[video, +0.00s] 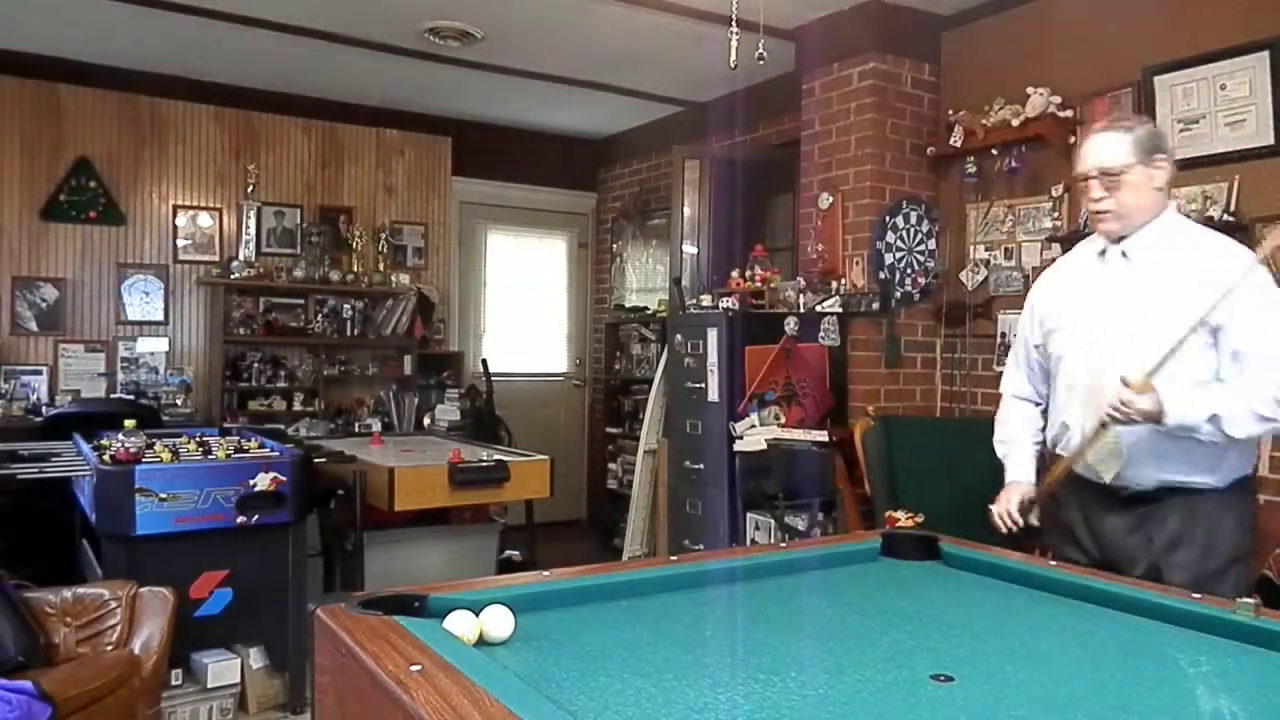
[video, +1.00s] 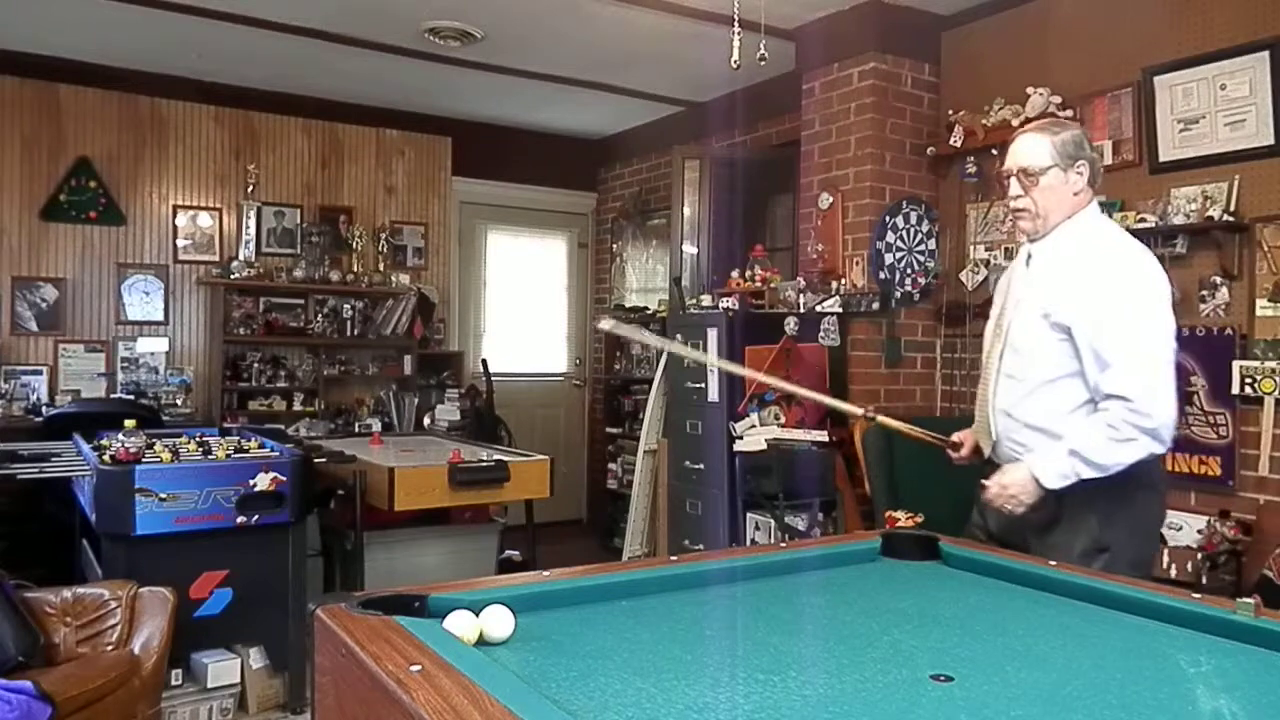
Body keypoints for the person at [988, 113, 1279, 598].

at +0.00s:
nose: (1094, 195)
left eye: (1111, 178)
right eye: (1084, 182)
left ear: (1159, 173)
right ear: (1074, 188)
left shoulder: (1228, 269)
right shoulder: (1057, 281)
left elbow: (1267, 400)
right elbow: (1021, 392)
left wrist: (1168, 407)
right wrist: (1019, 476)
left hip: (1192, 523)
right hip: (1078, 516)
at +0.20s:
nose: (1043, 201)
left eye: (1055, 182)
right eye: (1034, 191)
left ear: (1104, 172)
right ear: (1030, 197)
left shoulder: (1183, 260)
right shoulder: (1037, 291)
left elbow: (1237, 378)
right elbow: (1014, 398)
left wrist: (1117, 404)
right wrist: (1011, 471)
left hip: (1176, 510)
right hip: (1069, 508)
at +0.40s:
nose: (1015, 201)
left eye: (1026, 182)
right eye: (1006, 193)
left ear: (1074, 175)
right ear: (1005, 202)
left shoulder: (1146, 251)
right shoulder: (1020, 295)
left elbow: (1210, 371)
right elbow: (1015, 396)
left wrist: (1097, 430)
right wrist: (1013, 466)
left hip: (1156, 499)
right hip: (1054, 501)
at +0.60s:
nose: (1003, 202)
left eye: (1014, 183)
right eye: (996, 192)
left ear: (1060, 175)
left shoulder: (1132, 250)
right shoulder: (1018, 289)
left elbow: (1204, 372)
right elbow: (1020, 389)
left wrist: (1112, 447)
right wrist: (1006, 457)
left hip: (1143, 496)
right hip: (1048, 497)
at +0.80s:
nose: (1013, 198)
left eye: (1027, 181)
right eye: (1007, 187)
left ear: (1075, 178)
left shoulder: (1127, 260)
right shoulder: (1028, 274)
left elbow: (1187, 401)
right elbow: (1044, 384)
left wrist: (1086, 473)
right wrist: (998, 442)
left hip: (1118, 513)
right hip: (1032, 505)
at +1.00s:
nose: (1012, 192)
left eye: (1027, 176)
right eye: (1007, 179)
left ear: (1077, 177)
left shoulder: (1116, 263)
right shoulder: (1029, 259)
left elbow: (1143, 417)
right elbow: (1031, 372)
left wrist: (1038, 472)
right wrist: (985, 431)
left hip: (1094, 505)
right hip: (1012, 492)